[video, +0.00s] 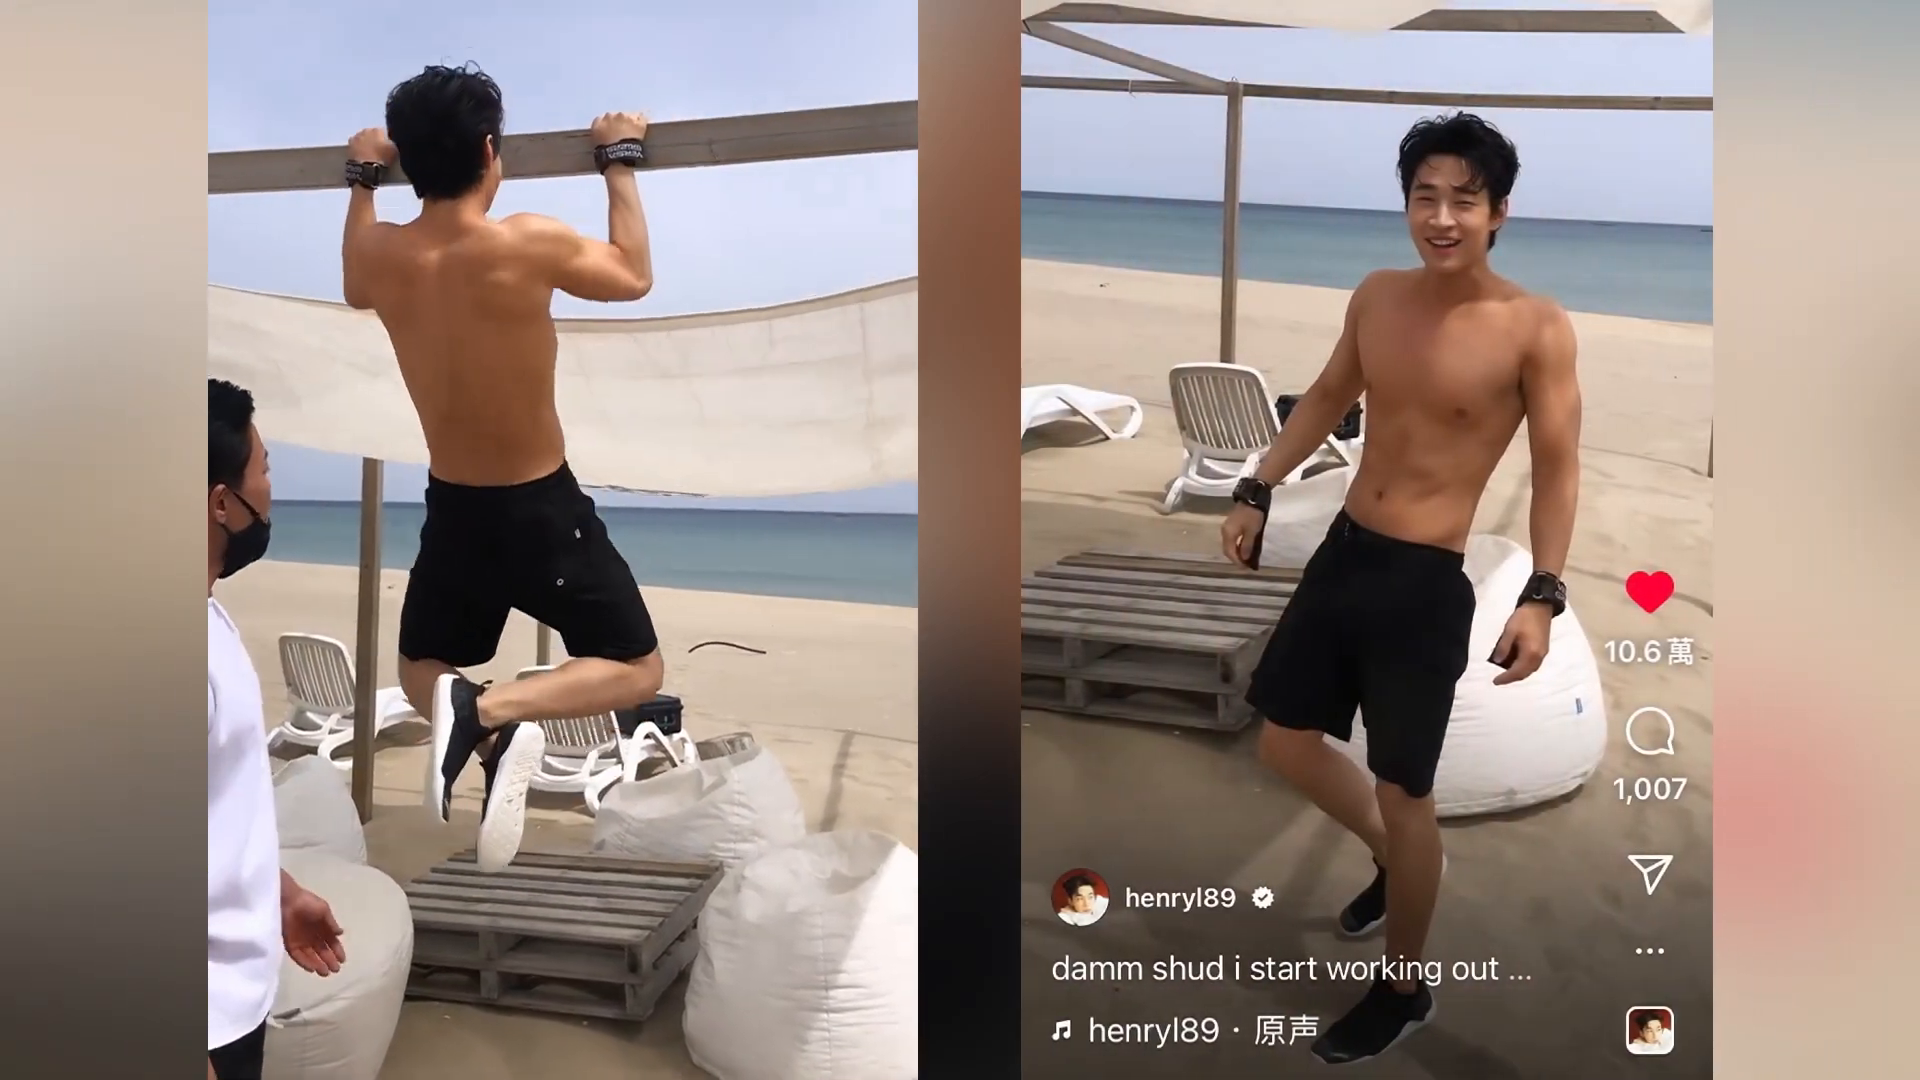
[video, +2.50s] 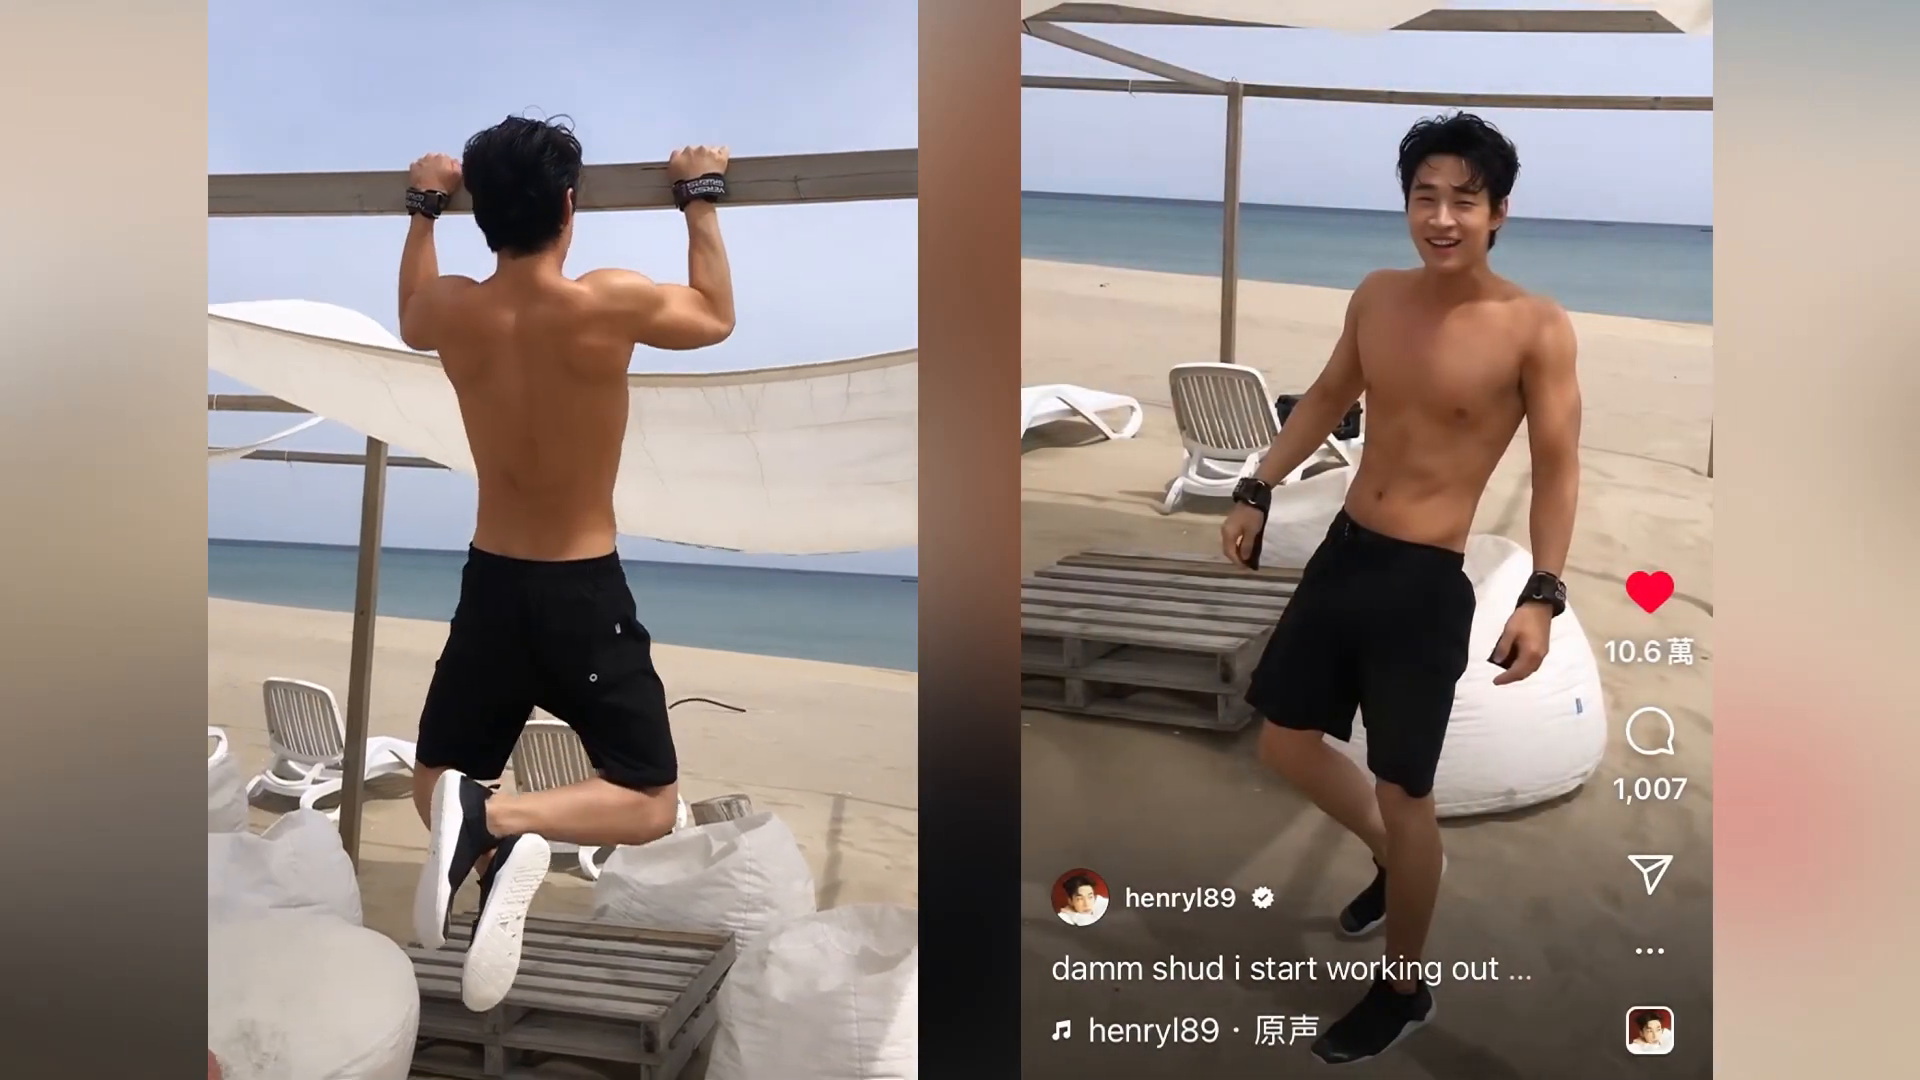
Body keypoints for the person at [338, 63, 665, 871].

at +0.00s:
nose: (501, 150)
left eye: (496, 139)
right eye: (496, 139)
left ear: (405, 165)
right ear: (489, 153)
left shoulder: (383, 254)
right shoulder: (528, 243)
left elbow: (357, 285)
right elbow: (632, 274)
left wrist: (361, 178)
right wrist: (619, 163)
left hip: (454, 512)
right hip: (542, 508)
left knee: (423, 675)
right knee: (639, 673)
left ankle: (498, 749)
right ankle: (483, 707)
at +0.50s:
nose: (445, 123)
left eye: (437, 111)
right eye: (443, 111)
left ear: (345, 133)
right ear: (434, 125)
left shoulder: (313, 228)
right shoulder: (481, 224)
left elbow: (282, 302)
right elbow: (575, 297)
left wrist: (294, 194)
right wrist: (568, 184)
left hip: (364, 517)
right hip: (462, 518)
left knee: (310, 709)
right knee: (551, 714)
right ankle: (376, 752)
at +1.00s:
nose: (453, 308)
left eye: (442, 294)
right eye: (450, 296)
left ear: (358, 325)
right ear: (440, 316)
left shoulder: (339, 403)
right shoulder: (489, 395)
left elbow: (307, 324)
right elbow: (581, 332)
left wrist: (302, 224)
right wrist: (575, 217)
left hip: (382, 663)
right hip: (472, 670)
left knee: (314, 834)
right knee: (536, 869)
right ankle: (372, 896)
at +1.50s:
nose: (524, 319)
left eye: (514, 306)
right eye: (521, 307)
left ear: (430, 331)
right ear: (512, 325)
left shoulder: (411, 414)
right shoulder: (559, 408)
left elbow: (376, 336)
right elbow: (648, 342)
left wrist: (370, 235)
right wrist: (641, 226)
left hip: (468, 670)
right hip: (558, 673)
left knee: (417, 830)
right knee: (620, 853)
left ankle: (487, 924)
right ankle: (472, 892)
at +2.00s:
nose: (558, 153)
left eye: (550, 141)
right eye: (557, 142)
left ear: (458, 162)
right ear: (546, 155)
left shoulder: (421, 256)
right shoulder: (586, 252)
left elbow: (391, 327)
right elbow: (684, 319)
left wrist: (396, 215)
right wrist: (674, 205)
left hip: (481, 548)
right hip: (577, 543)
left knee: (456, 718)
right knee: (671, 708)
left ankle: (558, 848)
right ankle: (539, 808)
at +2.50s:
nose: (577, 203)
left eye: (570, 191)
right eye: (577, 191)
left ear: (479, 216)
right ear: (568, 206)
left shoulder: (451, 308)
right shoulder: (611, 302)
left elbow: (414, 311)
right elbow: (715, 314)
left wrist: (423, 210)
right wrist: (701, 201)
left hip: (490, 587)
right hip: (586, 592)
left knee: (441, 772)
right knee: (652, 804)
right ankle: (497, 815)